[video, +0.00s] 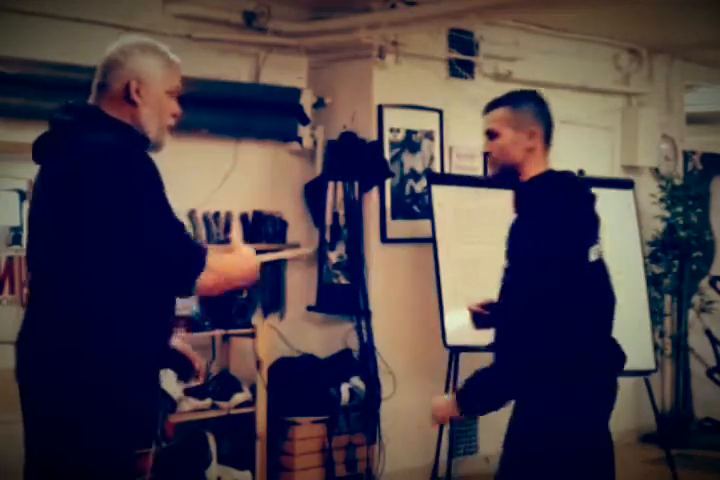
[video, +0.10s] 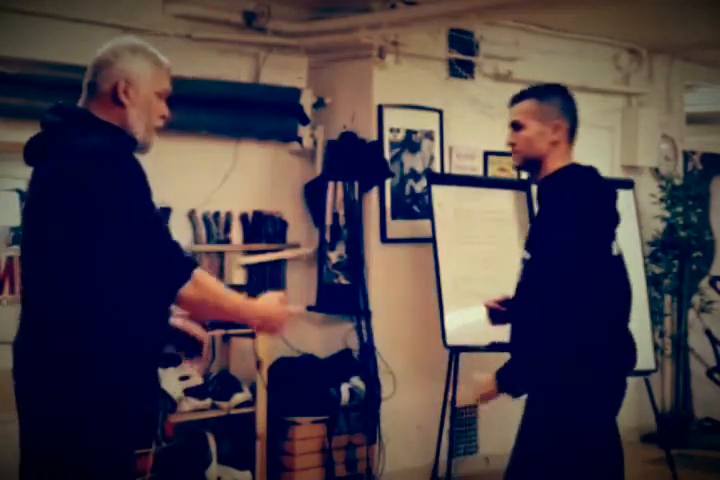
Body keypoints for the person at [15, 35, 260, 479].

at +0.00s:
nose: (178, 112)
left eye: (178, 99)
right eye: (173, 95)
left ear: (131, 91)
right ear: (135, 91)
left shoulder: (68, 153)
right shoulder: (120, 159)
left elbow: (87, 286)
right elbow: (182, 271)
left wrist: (162, 341)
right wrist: (234, 268)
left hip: (56, 367)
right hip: (102, 378)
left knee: (57, 469)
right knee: (104, 469)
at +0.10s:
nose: (167, 114)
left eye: (167, 101)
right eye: (162, 98)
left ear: (123, 92)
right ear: (125, 92)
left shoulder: (63, 155)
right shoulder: (107, 161)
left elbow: (101, 271)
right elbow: (170, 276)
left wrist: (169, 316)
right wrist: (253, 312)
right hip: (98, 387)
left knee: (59, 469)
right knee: (102, 469)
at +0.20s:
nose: (160, 114)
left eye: (159, 100)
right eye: (154, 97)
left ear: (112, 95)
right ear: (115, 95)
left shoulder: (54, 157)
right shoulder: (101, 164)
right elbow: (171, 272)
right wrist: (254, 307)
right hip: (94, 399)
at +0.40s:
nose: (143, 107)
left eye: (142, 96)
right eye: (136, 93)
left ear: (98, 92)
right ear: (97, 92)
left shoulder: (47, 151)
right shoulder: (85, 157)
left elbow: (99, 249)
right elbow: (174, 247)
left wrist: (172, 231)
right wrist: (270, 243)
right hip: (84, 391)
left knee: (50, 467)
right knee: (92, 468)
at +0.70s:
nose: (135, 102)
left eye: (133, 91)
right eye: (128, 89)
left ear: (89, 90)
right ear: (90, 90)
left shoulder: (47, 154)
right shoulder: (88, 161)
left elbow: (155, 240)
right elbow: (176, 254)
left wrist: (246, 257)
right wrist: (264, 267)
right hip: (98, 389)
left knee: (57, 467)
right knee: (101, 467)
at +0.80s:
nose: (141, 102)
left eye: (139, 90)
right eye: (133, 88)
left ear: (94, 90)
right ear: (95, 89)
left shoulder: (53, 155)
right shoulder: (93, 161)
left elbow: (156, 242)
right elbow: (175, 253)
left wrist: (250, 261)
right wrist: (267, 270)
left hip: (66, 377)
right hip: (103, 386)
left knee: (65, 468)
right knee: (106, 469)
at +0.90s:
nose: (149, 104)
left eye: (146, 92)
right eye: (141, 90)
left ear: (102, 92)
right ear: (103, 92)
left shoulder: (59, 158)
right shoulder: (99, 161)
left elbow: (154, 254)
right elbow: (182, 250)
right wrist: (278, 257)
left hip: (75, 385)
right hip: (110, 392)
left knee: (79, 471)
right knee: (114, 471)